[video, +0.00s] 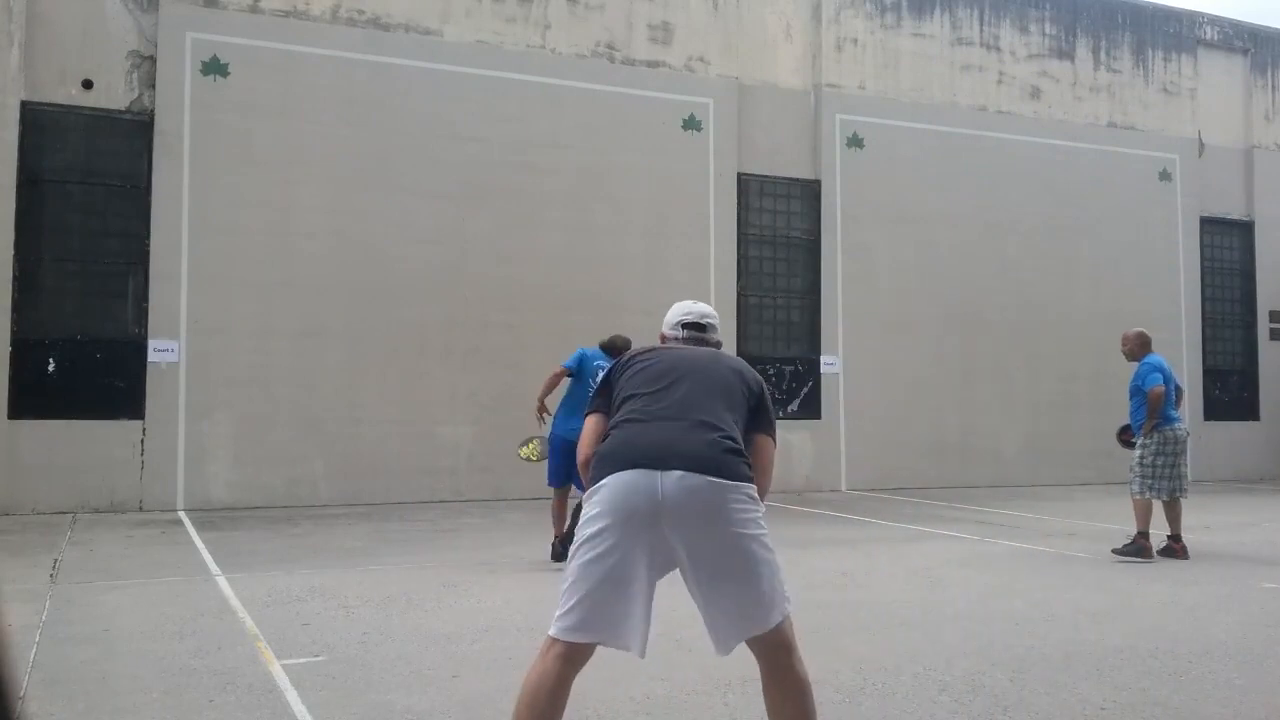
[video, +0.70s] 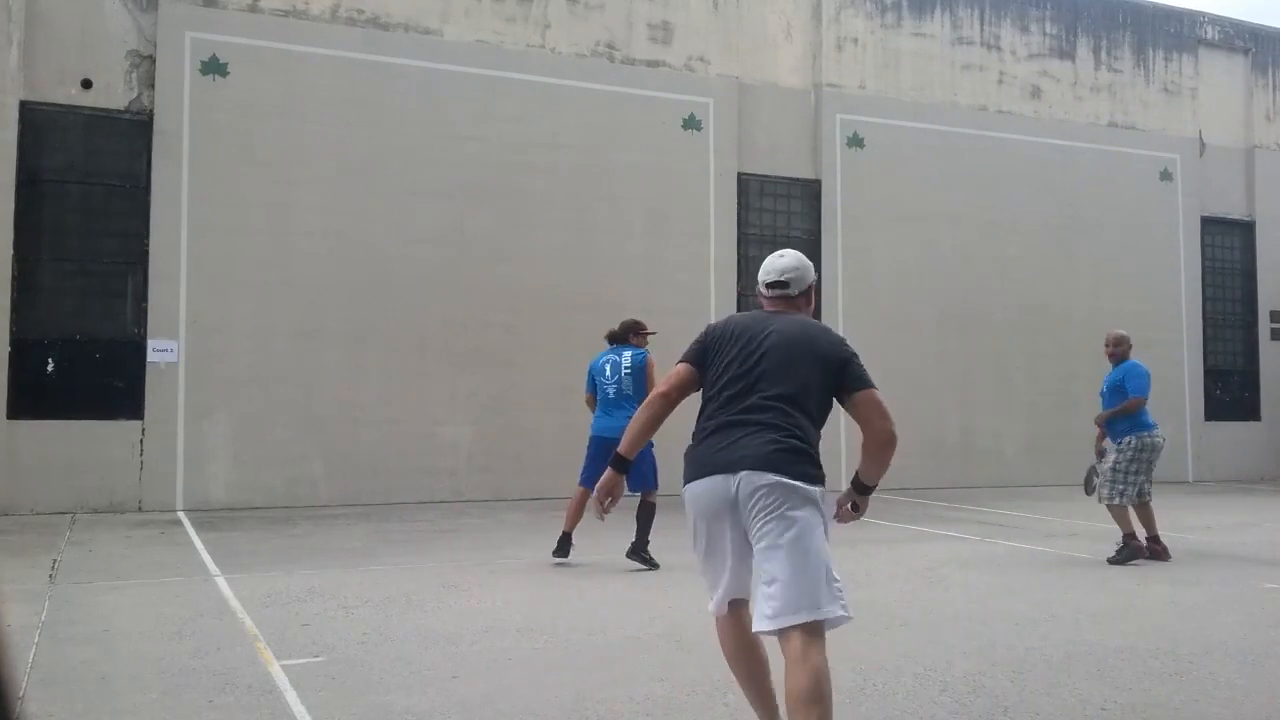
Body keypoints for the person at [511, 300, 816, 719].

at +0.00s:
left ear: (664, 337)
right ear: (718, 341)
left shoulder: (629, 361)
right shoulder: (747, 374)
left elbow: (586, 452)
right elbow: (759, 476)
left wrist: (606, 508)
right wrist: (734, 531)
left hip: (621, 481)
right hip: (718, 485)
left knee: (563, 650)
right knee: (776, 650)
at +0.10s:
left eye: (679, 329)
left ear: (676, 330)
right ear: (731, 336)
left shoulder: (634, 357)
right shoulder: (755, 367)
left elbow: (593, 447)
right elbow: (765, 478)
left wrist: (609, 502)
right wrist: (730, 523)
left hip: (621, 483)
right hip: (717, 487)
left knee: (566, 648)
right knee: (780, 648)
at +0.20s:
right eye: (758, 326)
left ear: (700, 320)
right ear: (755, 327)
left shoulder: (653, 348)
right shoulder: (770, 360)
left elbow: (604, 443)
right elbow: (777, 468)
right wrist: (722, 539)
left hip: (630, 483)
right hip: (722, 488)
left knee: (571, 649)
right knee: (791, 644)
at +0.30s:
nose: (793, 317)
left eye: (792, 311)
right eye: (792, 311)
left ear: (731, 308)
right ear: (785, 311)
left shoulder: (681, 339)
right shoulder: (793, 349)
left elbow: (620, 423)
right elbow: (802, 448)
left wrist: (620, 497)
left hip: (651, 481)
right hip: (739, 487)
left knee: (589, 649)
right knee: (808, 643)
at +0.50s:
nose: (835, 295)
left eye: (834, 286)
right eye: (833, 286)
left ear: (777, 289)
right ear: (821, 287)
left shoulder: (718, 321)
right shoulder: (829, 335)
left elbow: (653, 380)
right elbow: (858, 428)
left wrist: (615, 460)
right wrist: (840, 498)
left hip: (681, 465)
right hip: (763, 469)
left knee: (659, 623)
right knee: (807, 636)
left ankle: (637, 715)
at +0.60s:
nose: (834, 294)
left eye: (832, 285)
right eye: (831, 285)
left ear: (775, 290)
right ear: (821, 288)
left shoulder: (722, 321)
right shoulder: (833, 338)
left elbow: (666, 381)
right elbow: (877, 434)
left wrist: (618, 455)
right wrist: (853, 498)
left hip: (692, 467)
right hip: (772, 468)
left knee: (697, 613)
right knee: (802, 636)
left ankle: (707, 715)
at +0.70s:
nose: (813, 301)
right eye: (813, 295)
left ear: (759, 296)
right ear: (811, 297)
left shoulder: (720, 331)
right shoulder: (827, 343)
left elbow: (665, 393)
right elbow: (881, 430)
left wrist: (617, 465)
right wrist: (860, 491)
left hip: (705, 479)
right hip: (780, 474)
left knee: (729, 604)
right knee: (802, 629)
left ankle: (769, 714)